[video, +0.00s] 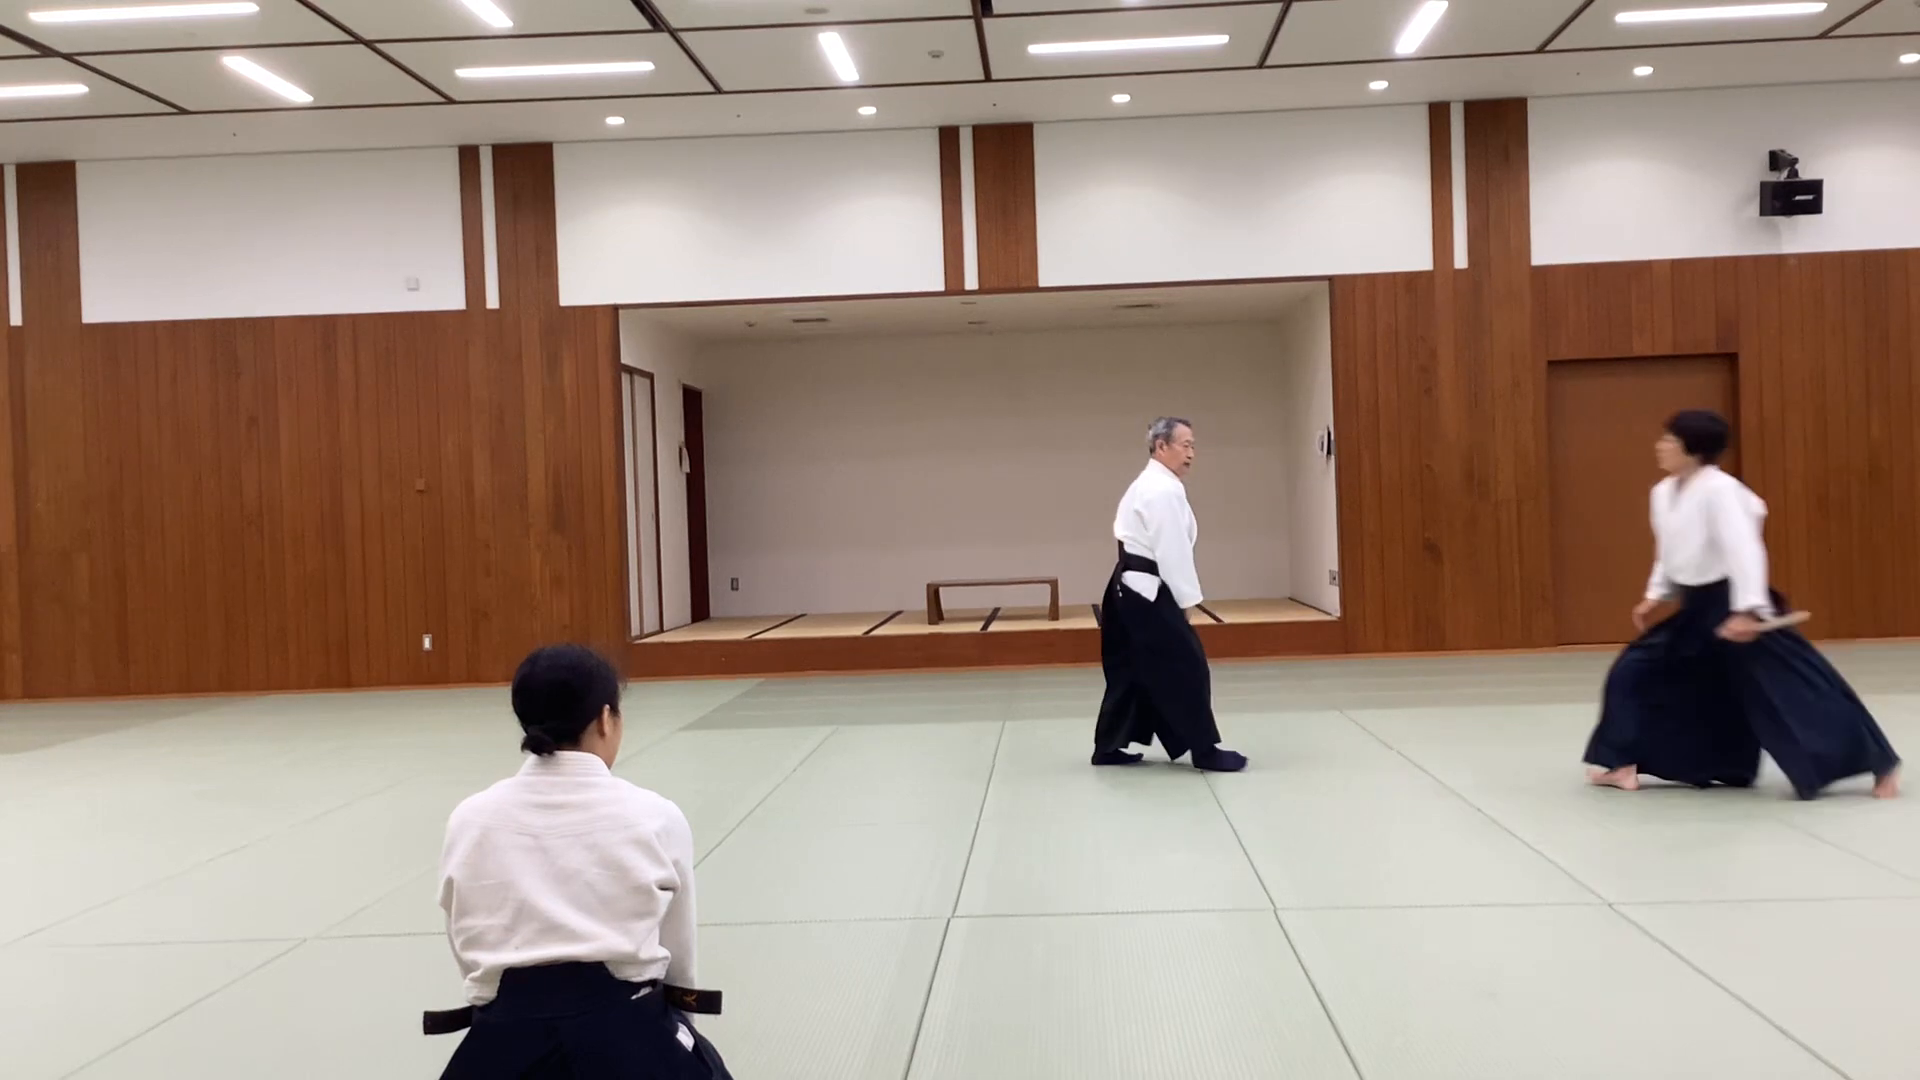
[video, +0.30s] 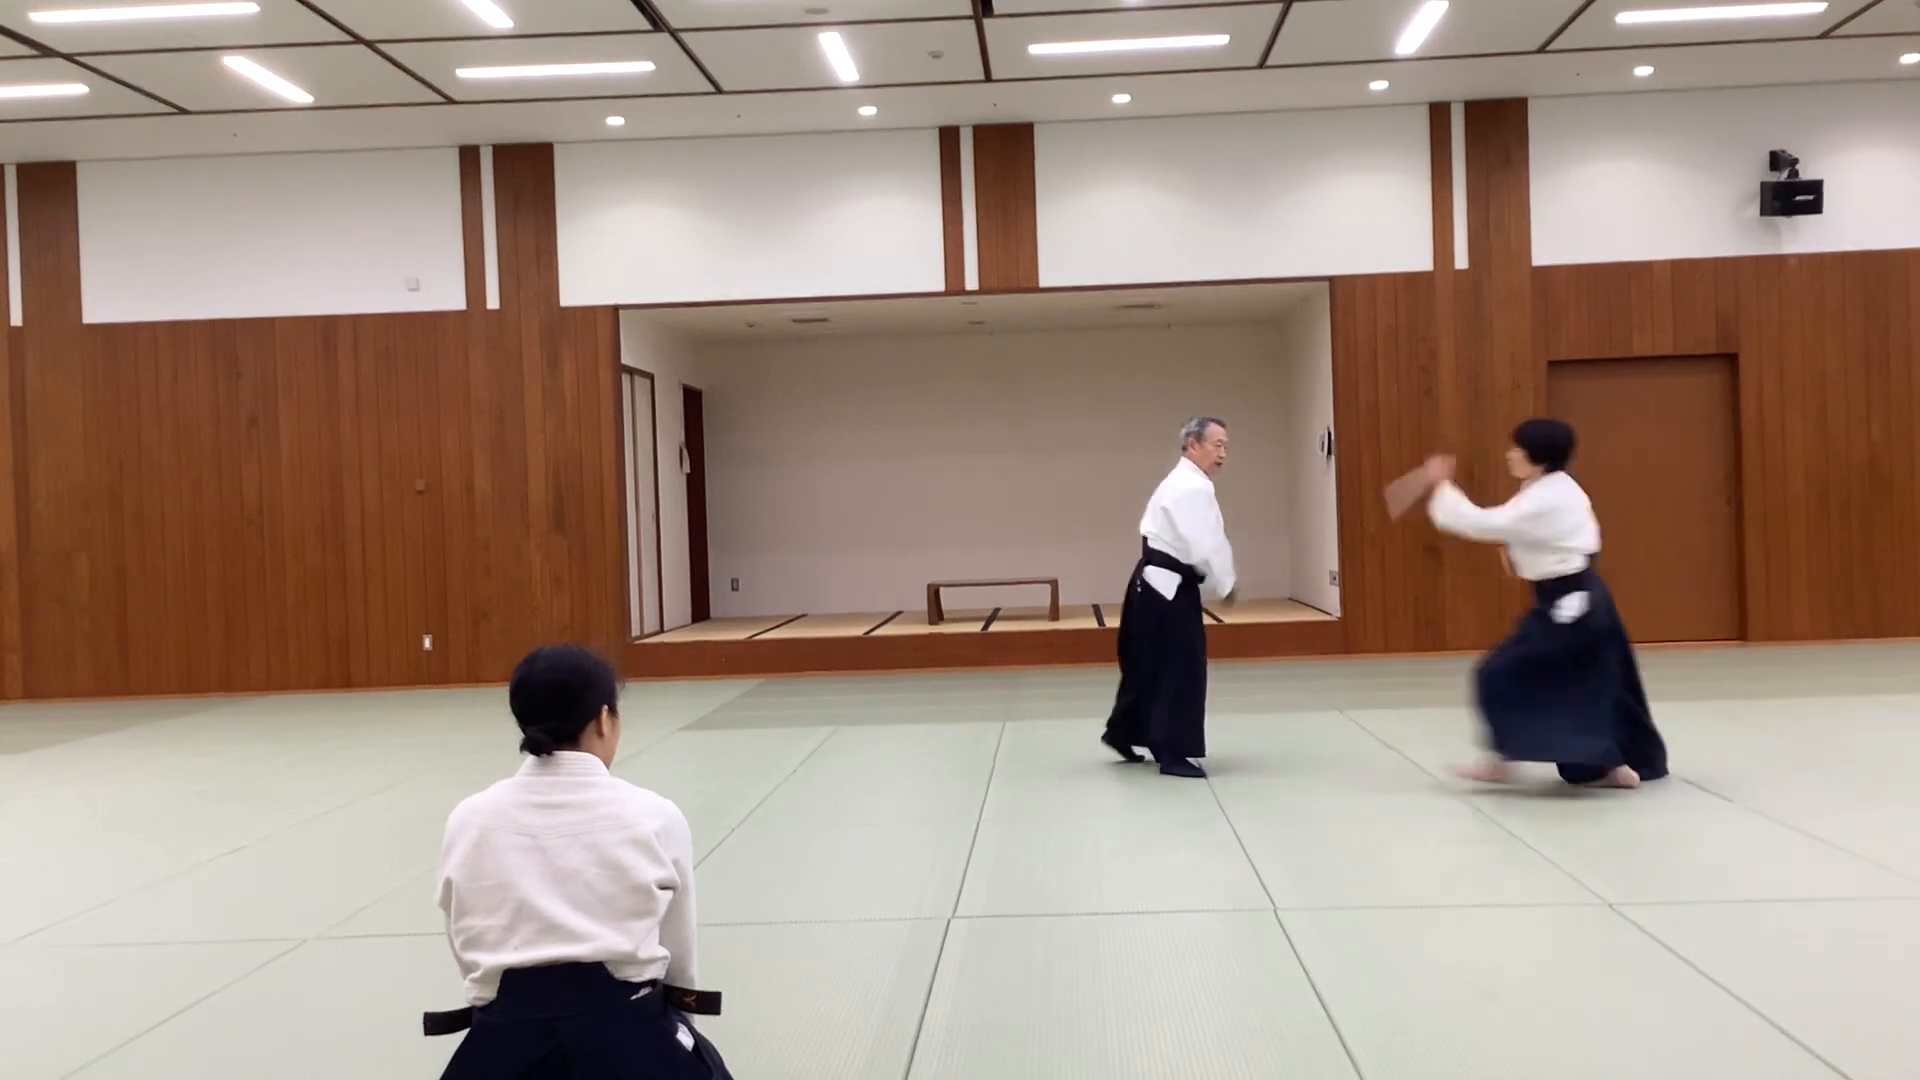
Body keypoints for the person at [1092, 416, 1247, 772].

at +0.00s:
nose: (1191, 454)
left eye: (1192, 447)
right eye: (1185, 446)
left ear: (1163, 449)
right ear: (1161, 446)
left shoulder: (1146, 482)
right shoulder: (1164, 488)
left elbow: (1139, 542)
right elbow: (1172, 550)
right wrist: (1189, 597)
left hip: (1126, 587)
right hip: (1147, 590)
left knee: (1128, 668)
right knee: (1189, 664)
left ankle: (1107, 747)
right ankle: (1205, 750)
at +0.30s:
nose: (1223, 454)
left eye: (1225, 447)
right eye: (1218, 445)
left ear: (1195, 448)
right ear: (1192, 445)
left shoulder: (1179, 478)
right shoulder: (1194, 486)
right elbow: (1208, 547)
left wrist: (1204, 574)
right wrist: (1225, 584)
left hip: (1152, 577)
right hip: (1170, 586)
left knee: (1148, 660)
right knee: (1183, 669)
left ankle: (1121, 730)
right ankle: (1171, 755)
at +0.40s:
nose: (1234, 451)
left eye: (1237, 444)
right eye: (1228, 442)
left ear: (1211, 445)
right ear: (1204, 443)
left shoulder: (1208, 482)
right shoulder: (1196, 478)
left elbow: (1220, 539)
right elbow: (1229, 515)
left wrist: (1259, 563)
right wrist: (1268, 531)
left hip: (1196, 583)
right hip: (1176, 583)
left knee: (1208, 664)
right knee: (1183, 664)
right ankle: (1173, 755)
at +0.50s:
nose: (1248, 449)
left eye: (1251, 444)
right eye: (1241, 441)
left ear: (1250, 449)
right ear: (1217, 441)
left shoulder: (1233, 480)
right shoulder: (1210, 470)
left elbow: (1248, 528)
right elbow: (1258, 477)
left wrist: (1278, 551)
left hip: (1215, 583)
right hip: (1186, 580)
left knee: (1244, 663)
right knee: (1185, 666)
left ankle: (1225, 738)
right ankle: (1171, 755)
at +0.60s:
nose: (1273, 448)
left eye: (1278, 442)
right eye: (1264, 440)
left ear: (1282, 449)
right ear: (1241, 444)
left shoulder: (1271, 494)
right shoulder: (1226, 473)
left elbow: (1281, 546)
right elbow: (1270, 460)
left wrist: (1292, 538)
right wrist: (1324, 441)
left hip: (1240, 587)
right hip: (1203, 581)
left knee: (1273, 662)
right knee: (1195, 668)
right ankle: (1174, 757)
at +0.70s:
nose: (1290, 456)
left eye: (1298, 448)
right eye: (1283, 448)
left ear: (1307, 456)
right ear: (1267, 452)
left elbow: (1303, 529)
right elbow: (1263, 453)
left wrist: (1281, 510)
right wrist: (1286, 429)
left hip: (1266, 590)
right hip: (1227, 584)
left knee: (1301, 654)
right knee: (1210, 667)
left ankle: (1297, 739)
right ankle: (1177, 751)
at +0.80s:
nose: (1301, 455)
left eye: (1311, 449)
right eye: (1297, 447)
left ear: (1326, 451)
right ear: (1291, 443)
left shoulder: (1329, 486)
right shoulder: (1274, 474)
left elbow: (1325, 530)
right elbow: (1248, 460)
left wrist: (1266, 509)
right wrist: (1238, 436)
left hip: (1304, 574)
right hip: (1261, 570)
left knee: (1306, 656)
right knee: (1236, 649)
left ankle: (1314, 742)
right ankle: (1211, 735)